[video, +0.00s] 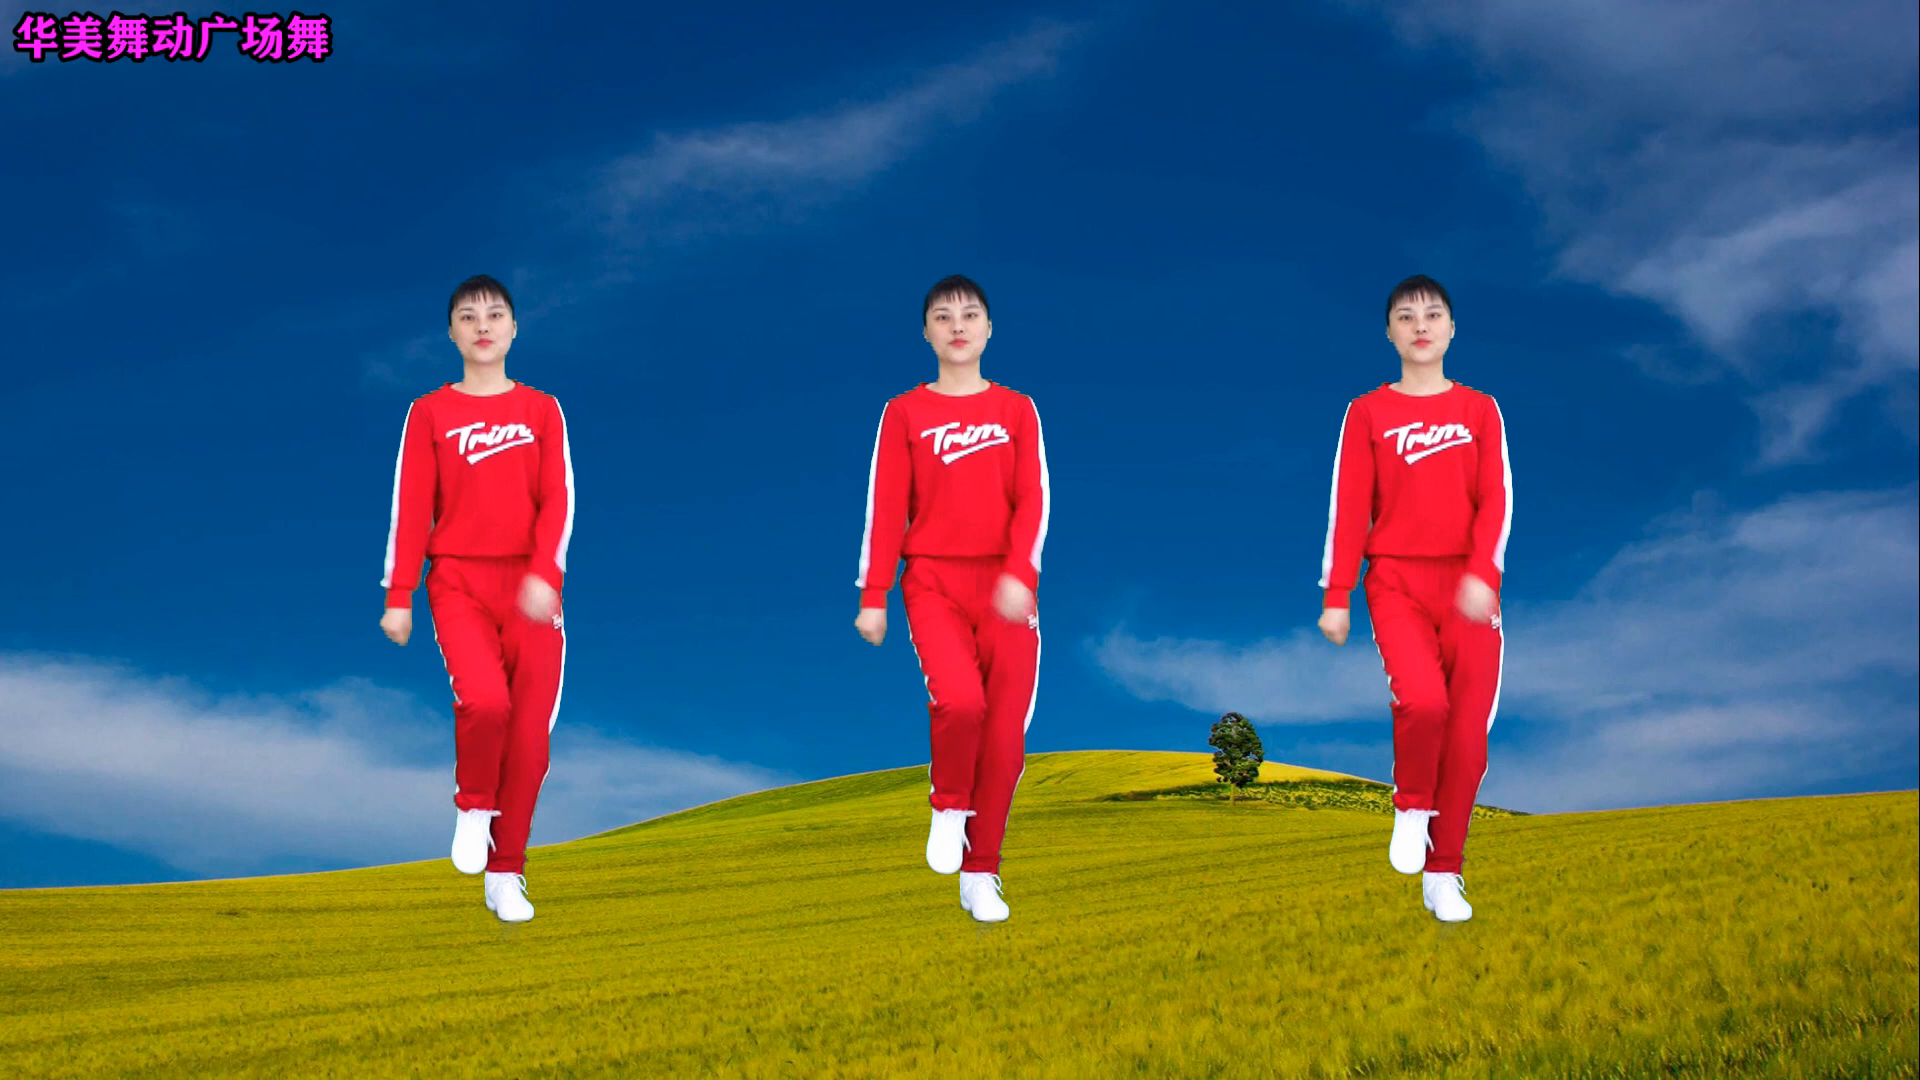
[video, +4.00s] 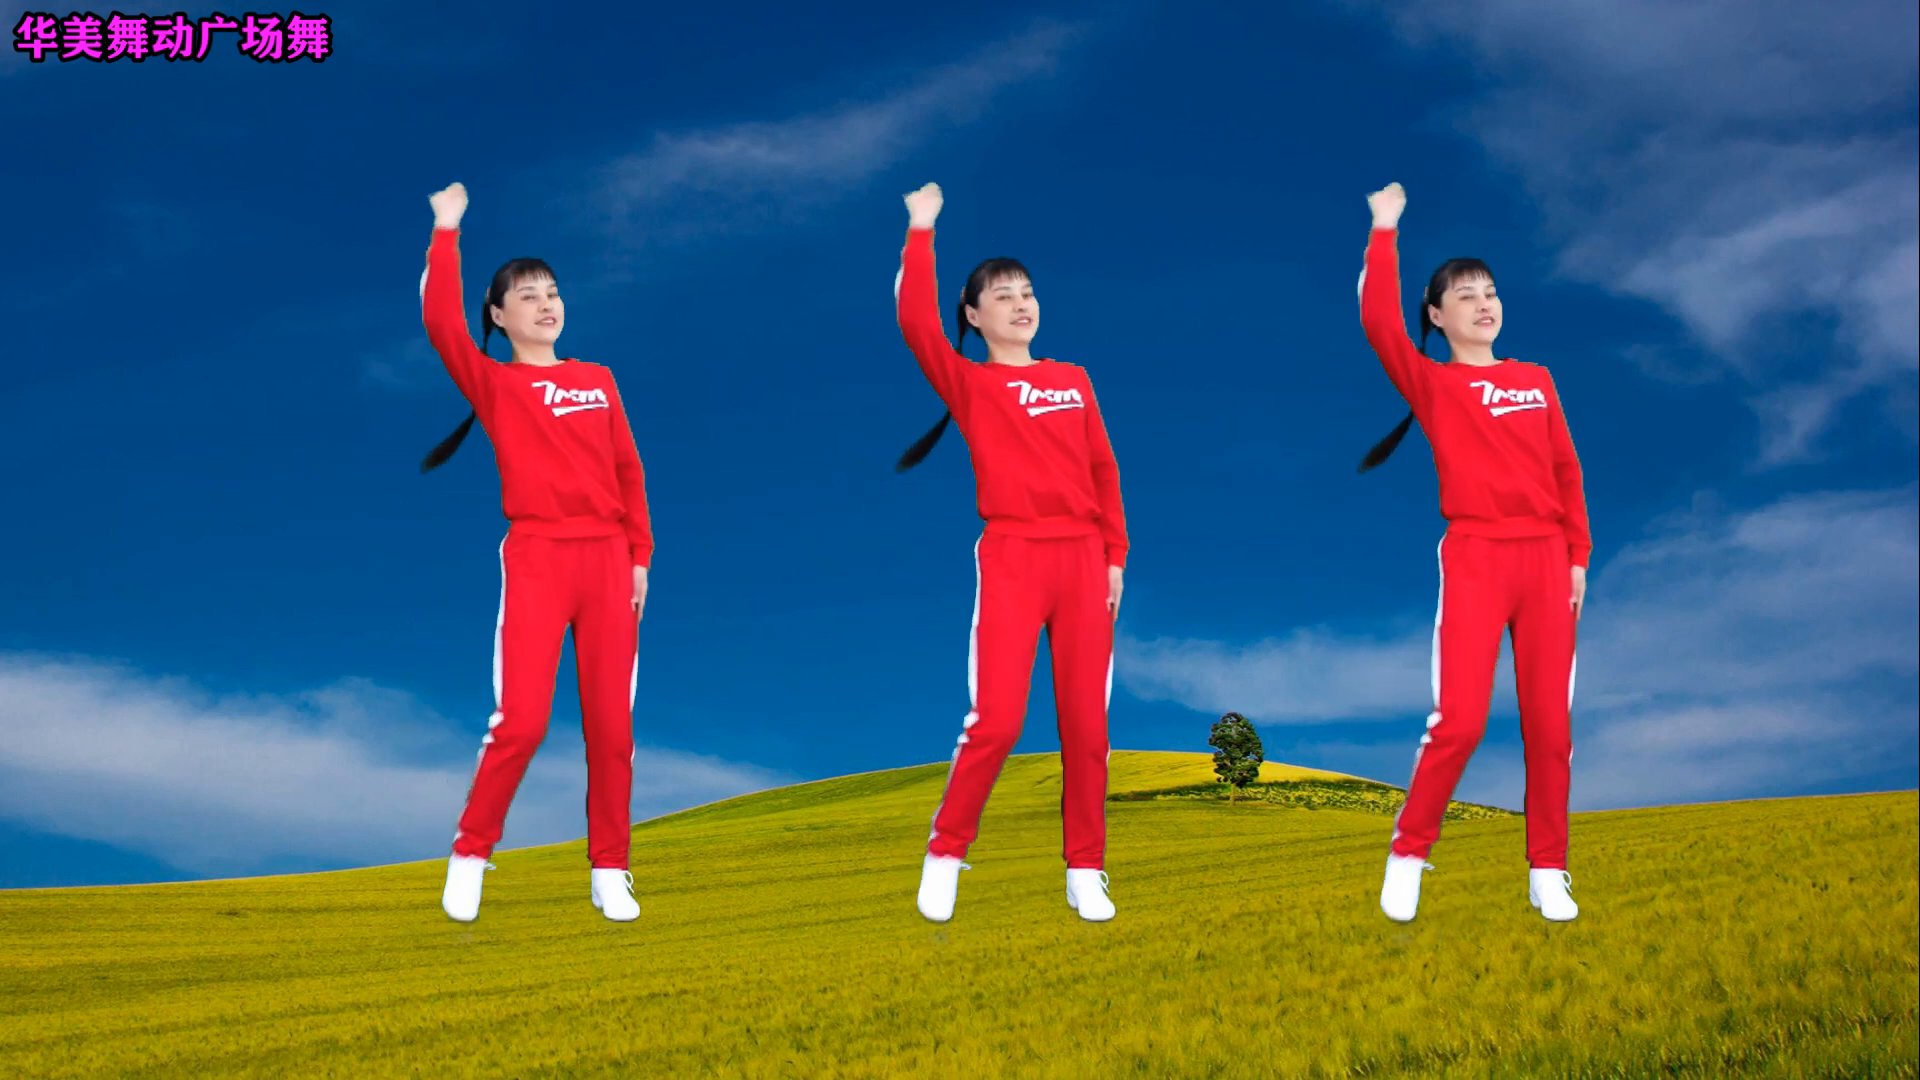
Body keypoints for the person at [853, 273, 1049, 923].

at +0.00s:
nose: (957, 325)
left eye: (969, 315)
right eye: (944, 317)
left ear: (988, 328)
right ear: (928, 332)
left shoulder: (1018, 409)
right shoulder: (903, 411)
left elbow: (1034, 499)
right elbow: (885, 508)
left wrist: (1020, 575)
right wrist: (874, 596)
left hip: (1007, 582)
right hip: (931, 582)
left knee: (1008, 725)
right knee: (962, 702)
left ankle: (982, 867)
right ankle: (950, 806)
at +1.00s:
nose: (941, 312)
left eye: (954, 303)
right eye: (930, 302)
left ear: (972, 315)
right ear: (912, 314)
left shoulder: (1001, 387)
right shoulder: (884, 393)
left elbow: (1064, 447)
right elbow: (834, 478)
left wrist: (1107, 524)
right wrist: (880, 424)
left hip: (981, 567)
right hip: (904, 569)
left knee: (971, 730)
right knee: (914, 729)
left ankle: (969, 870)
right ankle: (927, 868)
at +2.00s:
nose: (938, 322)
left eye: (950, 312)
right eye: (925, 313)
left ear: (968, 323)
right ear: (909, 325)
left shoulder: (998, 401)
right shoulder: (883, 407)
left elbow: (999, 491)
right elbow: (866, 496)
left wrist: (971, 565)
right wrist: (857, 581)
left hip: (968, 580)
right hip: (897, 578)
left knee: (953, 722)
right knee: (905, 733)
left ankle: (967, 830)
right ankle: (927, 868)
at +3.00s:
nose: (953, 295)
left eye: (964, 284)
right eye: (938, 287)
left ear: (983, 298)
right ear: (922, 305)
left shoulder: (1014, 376)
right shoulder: (899, 380)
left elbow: (1045, 462)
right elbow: (831, 442)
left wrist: (990, 412)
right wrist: (766, 504)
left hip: (999, 556)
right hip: (923, 557)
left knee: (989, 715)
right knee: (941, 713)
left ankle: (975, 862)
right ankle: (931, 848)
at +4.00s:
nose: (1021, 302)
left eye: (1027, 293)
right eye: (1004, 295)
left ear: (1039, 309)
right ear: (976, 316)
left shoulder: (1072, 378)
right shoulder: (967, 379)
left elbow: (1105, 473)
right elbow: (917, 315)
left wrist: (1115, 558)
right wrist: (920, 227)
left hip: (1084, 558)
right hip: (1011, 558)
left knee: (1088, 725)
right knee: (997, 723)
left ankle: (1086, 867)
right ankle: (947, 852)